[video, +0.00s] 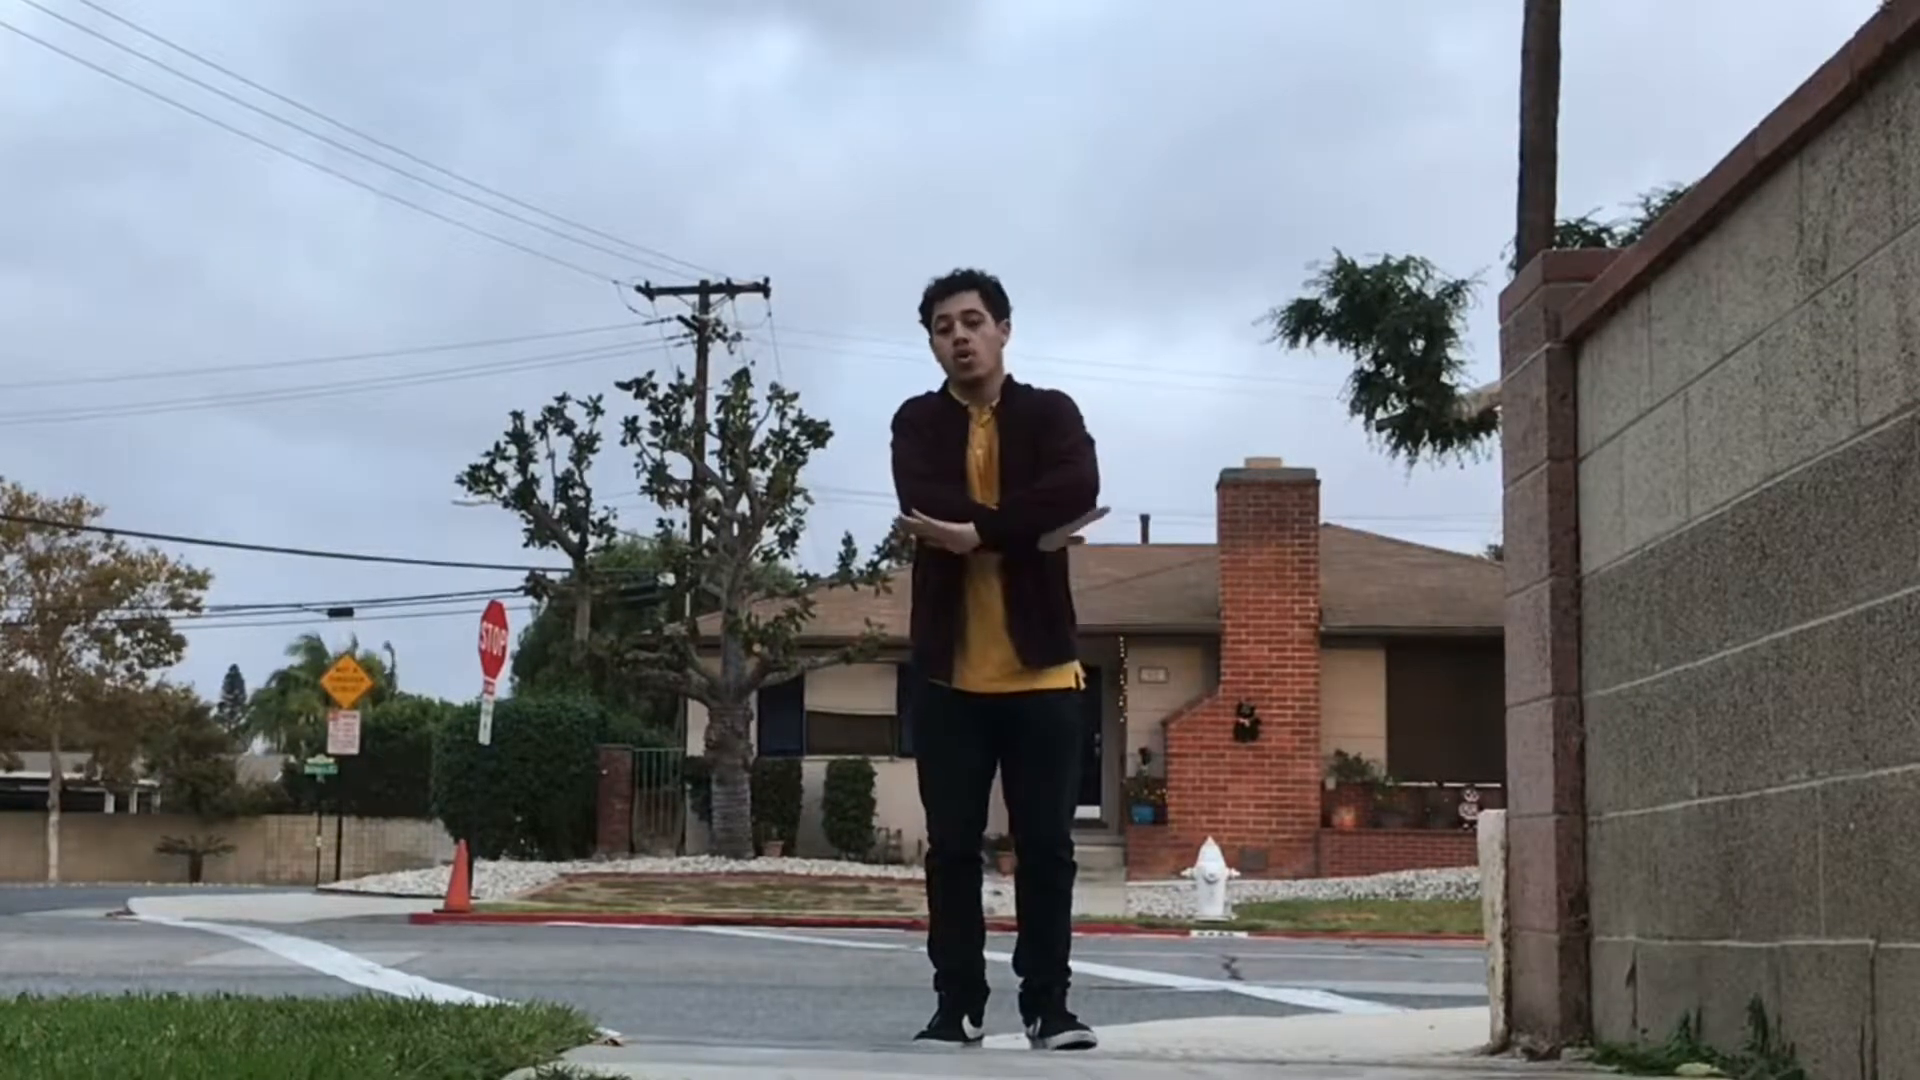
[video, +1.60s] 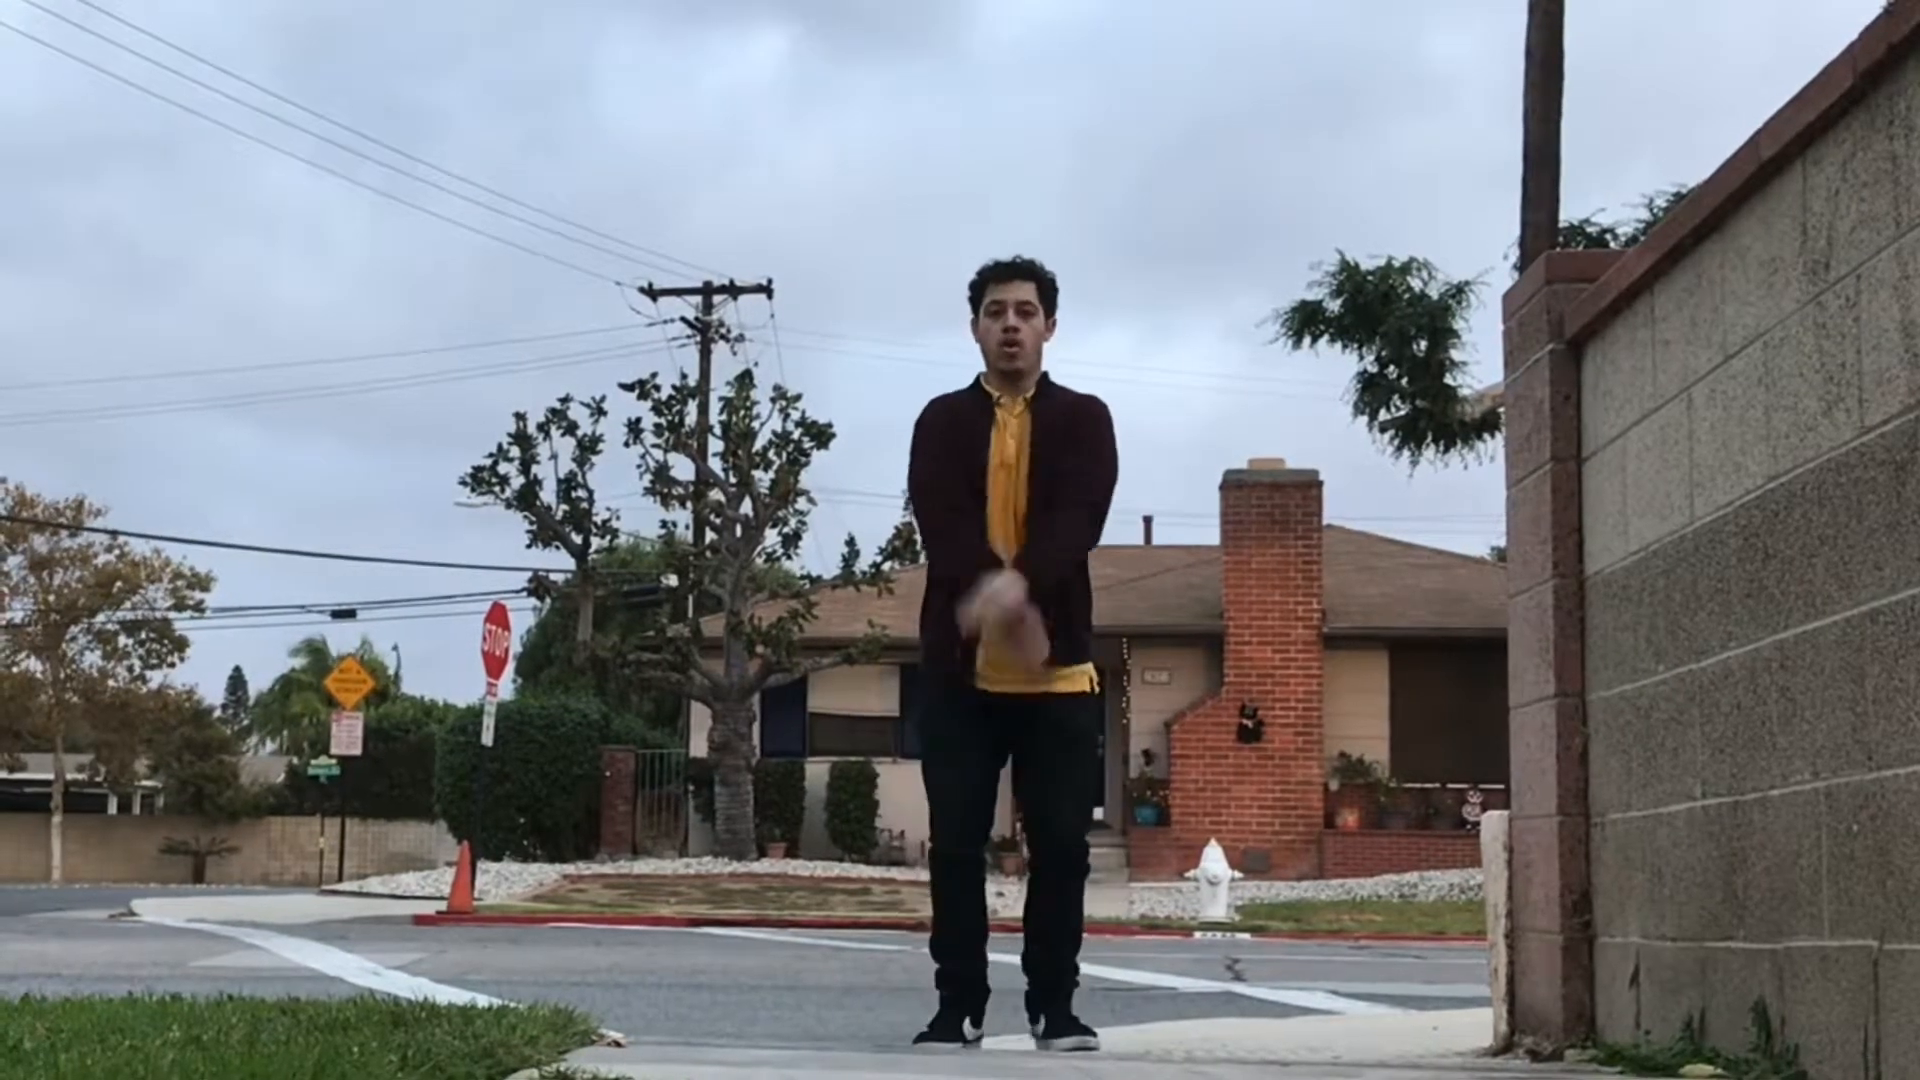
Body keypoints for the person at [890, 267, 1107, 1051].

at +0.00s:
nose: (959, 336)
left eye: (972, 321)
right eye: (945, 327)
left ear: (1003, 331)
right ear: (931, 345)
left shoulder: (1051, 410)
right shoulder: (918, 420)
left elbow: (1078, 488)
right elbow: (926, 508)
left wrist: (975, 530)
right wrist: (1035, 529)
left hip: (1042, 675)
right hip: (949, 676)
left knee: (1047, 850)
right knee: (952, 850)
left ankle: (1048, 1009)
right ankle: (957, 1008)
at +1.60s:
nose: (1010, 326)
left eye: (1025, 313)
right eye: (996, 313)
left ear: (1048, 328)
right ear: (976, 328)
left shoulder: (1086, 418)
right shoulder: (941, 418)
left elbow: (1079, 518)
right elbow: (940, 521)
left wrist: (1022, 582)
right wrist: (987, 589)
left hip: (1058, 675)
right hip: (960, 672)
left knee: (1061, 848)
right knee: (956, 847)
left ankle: (1054, 1008)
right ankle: (958, 1010)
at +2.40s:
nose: (1005, 331)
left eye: (1019, 317)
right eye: (990, 317)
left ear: (1041, 328)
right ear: (969, 328)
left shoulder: (1076, 409)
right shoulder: (937, 408)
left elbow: (1126, 472)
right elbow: (883, 460)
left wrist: (1041, 421)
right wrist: (980, 416)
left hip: (1059, 671)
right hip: (958, 672)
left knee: (1058, 849)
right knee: (960, 849)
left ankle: (1058, 1012)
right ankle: (959, 1013)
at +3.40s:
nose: (995, 330)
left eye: (1009, 317)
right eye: (981, 318)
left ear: (1033, 331)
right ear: (959, 332)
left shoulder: (1075, 424)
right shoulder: (916, 434)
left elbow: (1172, 487)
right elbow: (830, 504)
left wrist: (1280, 456)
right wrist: (724, 481)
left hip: (1063, 681)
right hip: (962, 686)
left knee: (1086, 830)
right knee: (970, 846)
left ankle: (1073, 1006)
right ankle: (971, 1015)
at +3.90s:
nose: (981, 346)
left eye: (998, 335)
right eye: (969, 333)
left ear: (1024, 350)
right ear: (951, 345)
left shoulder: (1062, 434)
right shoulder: (909, 445)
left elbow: (1156, 488)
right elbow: (824, 493)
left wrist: (1176, 389)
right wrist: (841, 391)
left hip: (1054, 677)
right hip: (953, 687)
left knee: (1132, 786)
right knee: (965, 855)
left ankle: (1175, 980)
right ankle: (973, 1020)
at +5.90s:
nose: (1027, 346)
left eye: (1042, 334)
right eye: (1013, 333)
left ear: (1063, 346)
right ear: (991, 343)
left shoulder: (1102, 416)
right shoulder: (963, 458)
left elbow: (1161, 518)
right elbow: (933, 556)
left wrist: (1154, 617)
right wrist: (888, 601)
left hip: (1077, 673)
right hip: (984, 676)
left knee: (1062, 846)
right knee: (978, 844)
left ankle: (1046, 1013)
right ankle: (976, 1012)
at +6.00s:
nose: (1044, 345)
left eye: (1060, 332)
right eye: (1030, 330)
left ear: (1078, 345)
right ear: (1006, 339)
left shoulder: (1118, 432)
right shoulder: (969, 445)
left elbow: (1200, 521)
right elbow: (937, 551)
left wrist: (1169, 625)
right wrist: (895, 614)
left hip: (1084, 671)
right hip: (989, 667)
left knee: (1068, 838)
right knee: (972, 816)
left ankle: (1047, 1009)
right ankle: (982, 995)